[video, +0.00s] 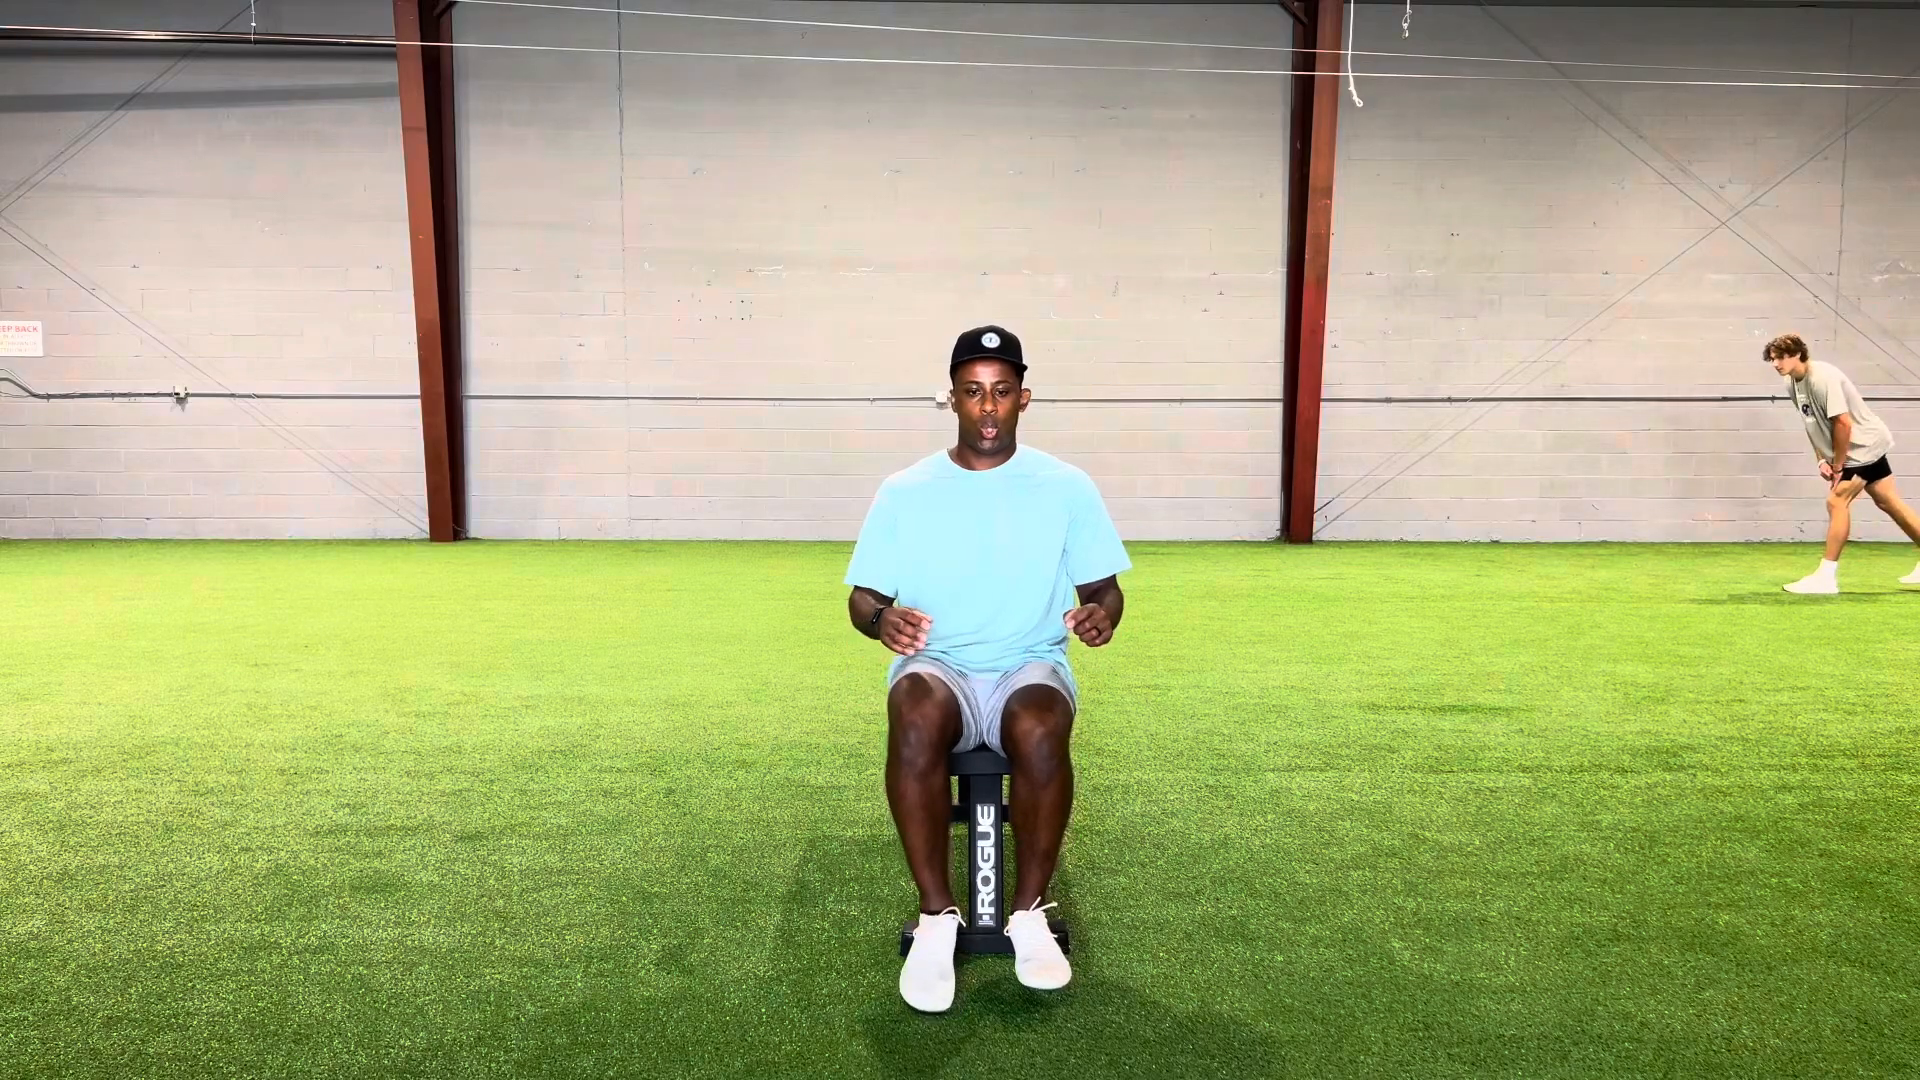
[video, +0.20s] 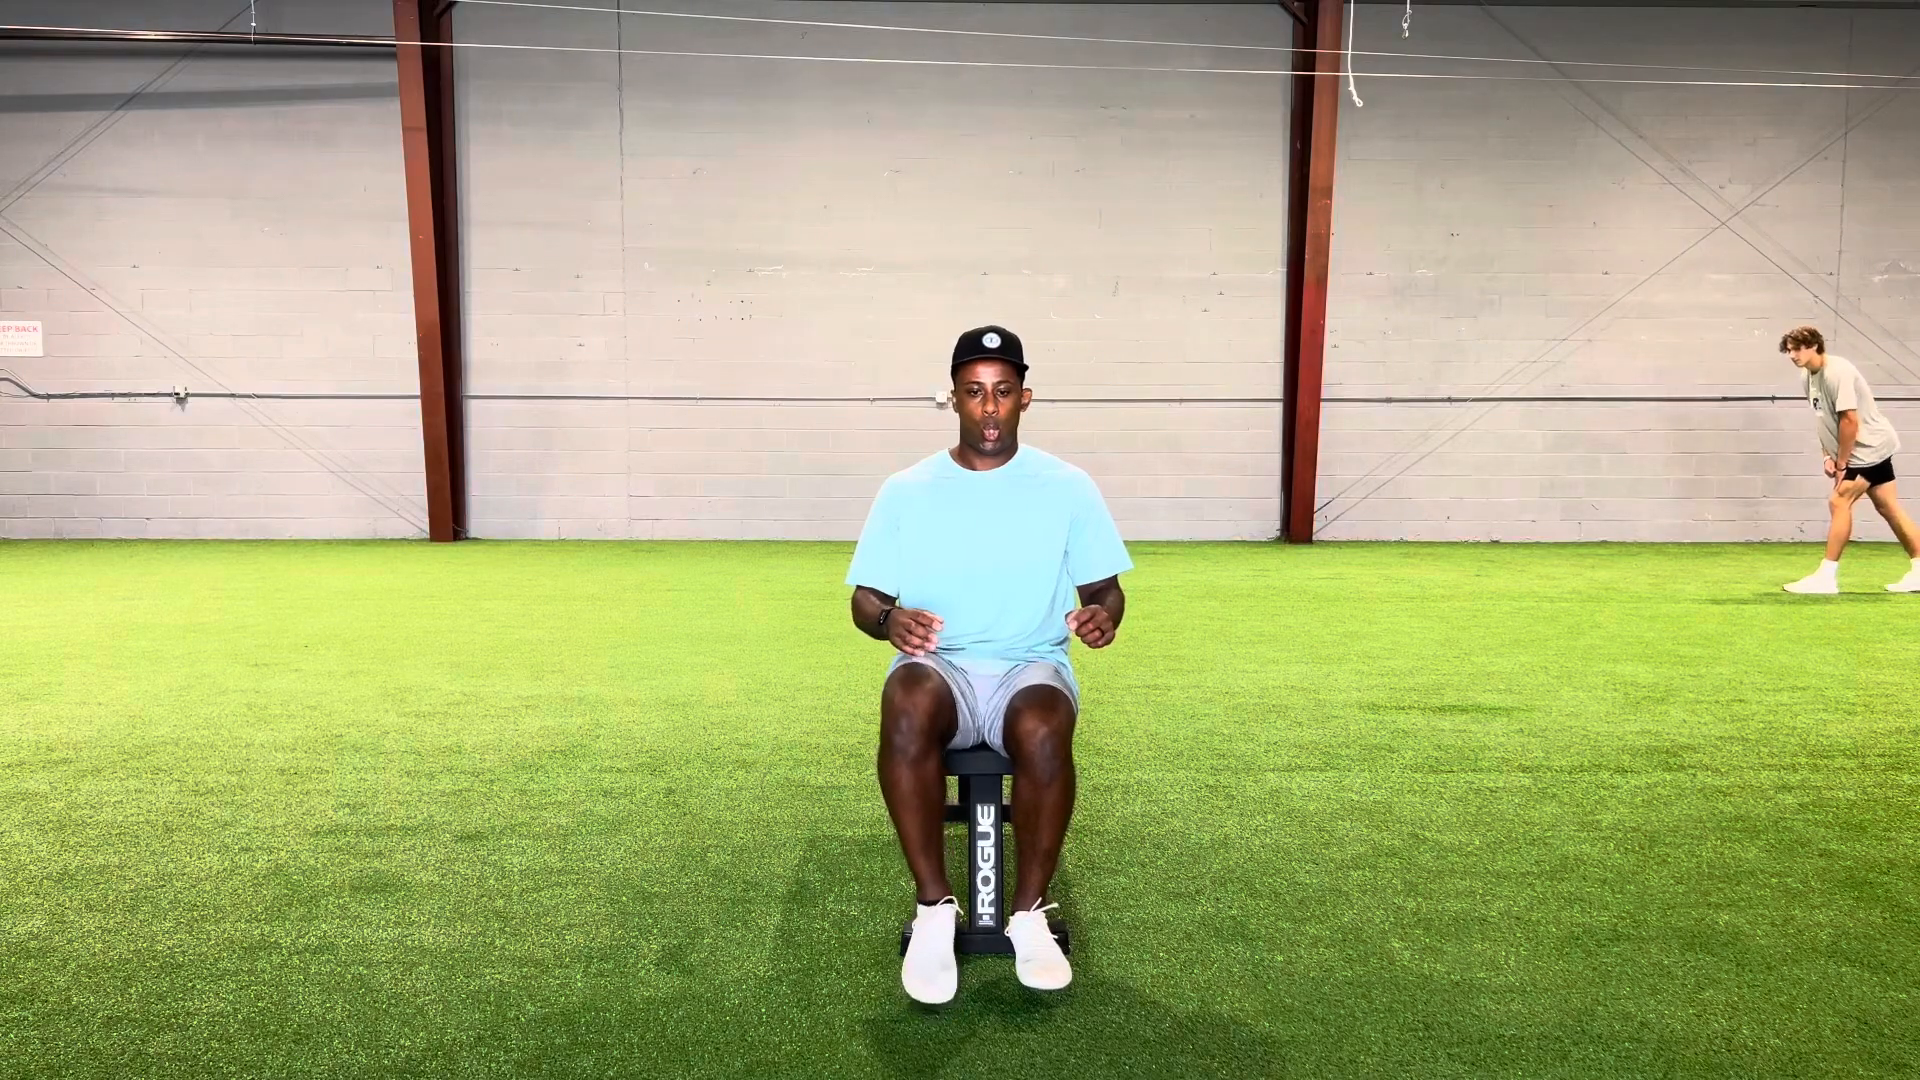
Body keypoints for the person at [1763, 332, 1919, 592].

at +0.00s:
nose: (1775, 365)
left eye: (1780, 358)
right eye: (1773, 360)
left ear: (1797, 355)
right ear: (1779, 361)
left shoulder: (1823, 377)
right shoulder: (1794, 383)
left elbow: (1843, 423)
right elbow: (1811, 423)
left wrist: (1838, 465)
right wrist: (1821, 458)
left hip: (1868, 446)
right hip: (1861, 446)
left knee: (1838, 502)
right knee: (1889, 502)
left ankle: (1826, 575)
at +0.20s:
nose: (1793, 356)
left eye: (1797, 349)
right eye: (1790, 351)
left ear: (1813, 347)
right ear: (1790, 353)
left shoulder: (1838, 371)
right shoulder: (1809, 377)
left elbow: (1850, 421)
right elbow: (1824, 418)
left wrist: (1841, 464)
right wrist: (1827, 455)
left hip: (1871, 447)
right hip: (1869, 447)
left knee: (1840, 502)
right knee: (1888, 507)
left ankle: (1826, 576)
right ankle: (1918, 566)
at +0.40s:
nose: (1820, 348)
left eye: (1823, 341)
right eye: (1817, 343)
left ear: (1840, 338)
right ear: (1819, 345)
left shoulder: (1865, 365)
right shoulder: (1835, 370)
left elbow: (1868, 414)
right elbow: (1844, 415)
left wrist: (1849, 455)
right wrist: (1839, 452)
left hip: (1879, 451)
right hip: (1875, 451)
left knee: (1844, 502)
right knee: (1895, 508)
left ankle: (1827, 575)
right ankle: (1919, 570)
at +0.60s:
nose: (1843, 341)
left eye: (1847, 335)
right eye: (1841, 336)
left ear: (1864, 331)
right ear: (1846, 336)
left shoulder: (1886, 359)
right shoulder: (1858, 363)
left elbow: (1890, 407)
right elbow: (1864, 411)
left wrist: (1860, 448)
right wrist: (1852, 449)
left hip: (1884, 451)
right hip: (1877, 451)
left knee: (1852, 502)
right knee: (1895, 508)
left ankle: (1828, 574)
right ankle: (1919, 570)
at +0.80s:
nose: (1856, 338)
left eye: (1859, 332)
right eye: (1854, 333)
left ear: (1877, 328)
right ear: (1863, 333)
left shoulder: (1898, 357)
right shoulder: (1872, 360)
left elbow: (1903, 406)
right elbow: (1873, 412)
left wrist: (1878, 447)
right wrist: (1859, 449)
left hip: (1883, 450)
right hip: (1876, 450)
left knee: (1853, 503)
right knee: (1893, 507)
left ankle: (1828, 574)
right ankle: (1919, 570)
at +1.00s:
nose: (1858, 337)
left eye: (1862, 330)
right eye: (1856, 332)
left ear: (1879, 328)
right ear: (1870, 332)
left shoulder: (1900, 357)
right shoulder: (1875, 359)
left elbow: (1907, 405)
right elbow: (1874, 410)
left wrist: (1888, 448)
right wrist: (1860, 447)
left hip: (1882, 449)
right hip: (1873, 449)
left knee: (1853, 504)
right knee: (1893, 508)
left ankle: (1828, 574)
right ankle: (1919, 570)